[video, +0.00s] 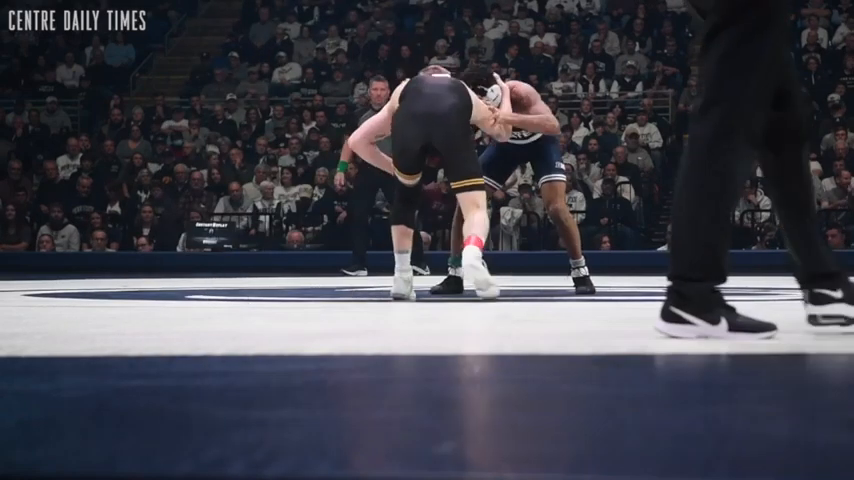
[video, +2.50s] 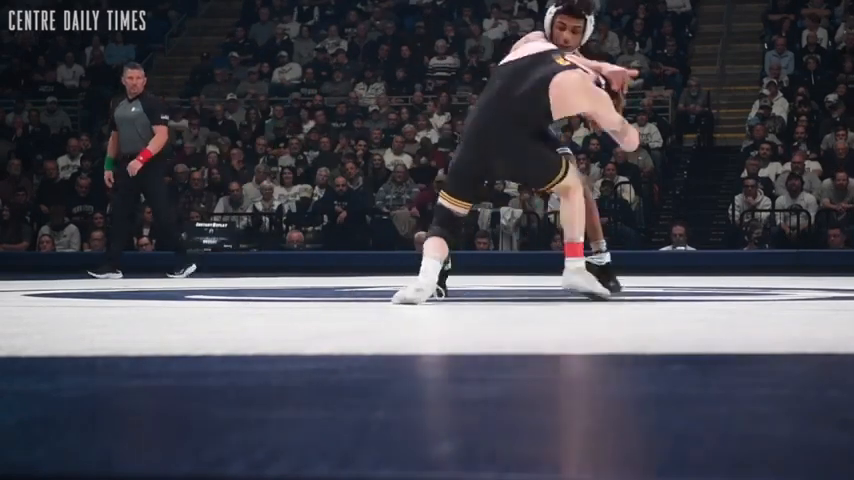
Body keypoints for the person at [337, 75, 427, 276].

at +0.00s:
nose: (379, 94)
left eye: (383, 90)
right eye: (375, 89)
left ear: (389, 92)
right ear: (369, 92)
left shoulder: (400, 113)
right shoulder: (361, 116)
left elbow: (409, 139)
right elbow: (351, 140)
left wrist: (408, 165)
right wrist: (341, 168)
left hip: (394, 169)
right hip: (366, 170)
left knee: (405, 213)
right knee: (359, 213)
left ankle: (418, 261)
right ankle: (359, 263)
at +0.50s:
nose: (334, 91)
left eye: (338, 87)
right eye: (330, 87)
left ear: (345, 90)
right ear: (325, 90)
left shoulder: (354, 112)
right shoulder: (321, 118)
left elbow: (369, 139)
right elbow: (315, 143)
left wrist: (354, 164)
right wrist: (307, 167)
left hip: (351, 168)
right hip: (332, 170)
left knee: (339, 214)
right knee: (344, 215)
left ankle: (330, 263)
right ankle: (357, 263)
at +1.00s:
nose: (295, 88)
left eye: (299, 84)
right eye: (292, 84)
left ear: (305, 86)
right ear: (286, 87)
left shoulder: (313, 108)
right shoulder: (279, 111)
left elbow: (322, 139)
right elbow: (273, 138)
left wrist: (301, 160)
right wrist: (266, 165)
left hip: (308, 165)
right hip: (286, 165)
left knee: (305, 212)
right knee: (276, 213)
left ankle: (311, 264)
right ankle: (302, 254)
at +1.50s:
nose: (240, 86)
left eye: (244, 82)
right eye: (237, 82)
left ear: (251, 85)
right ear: (230, 85)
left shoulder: (258, 106)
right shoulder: (226, 109)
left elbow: (271, 136)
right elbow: (220, 137)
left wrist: (256, 163)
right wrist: (212, 163)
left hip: (252, 163)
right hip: (231, 163)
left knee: (248, 211)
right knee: (234, 215)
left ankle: (281, 247)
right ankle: (240, 265)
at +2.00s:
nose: (191, 85)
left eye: (195, 81)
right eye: (188, 81)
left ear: (202, 82)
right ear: (182, 83)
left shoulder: (210, 106)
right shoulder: (176, 109)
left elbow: (223, 138)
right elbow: (167, 136)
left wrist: (220, 169)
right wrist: (160, 160)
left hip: (202, 164)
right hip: (183, 165)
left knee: (194, 212)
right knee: (191, 214)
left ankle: (190, 265)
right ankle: (227, 253)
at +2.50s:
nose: (134, 83)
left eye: (138, 78)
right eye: (130, 78)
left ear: (145, 80)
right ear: (123, 81)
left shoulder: (152, 103)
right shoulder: (118, 106)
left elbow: (161, 135)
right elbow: (114, 137)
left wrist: (140, 159)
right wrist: (108, 165)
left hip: (150, 164)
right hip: (126, 166)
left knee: (162, 211)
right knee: (119, 213)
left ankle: (184, 260)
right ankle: (113, 265)